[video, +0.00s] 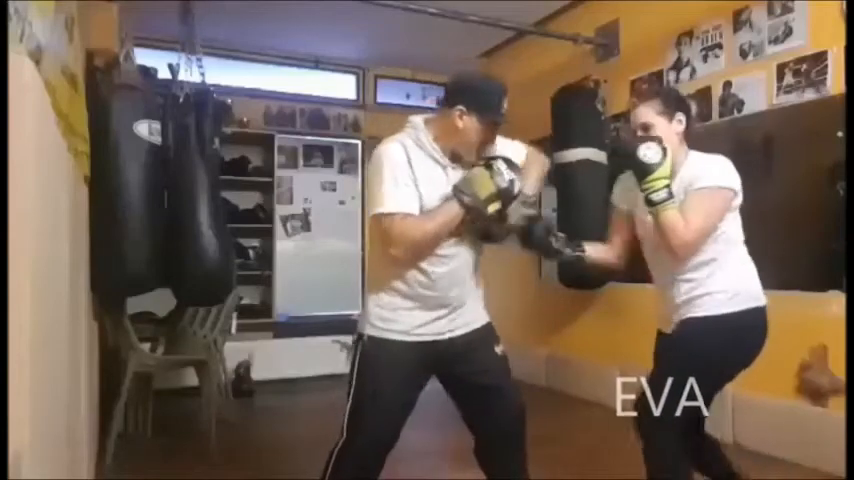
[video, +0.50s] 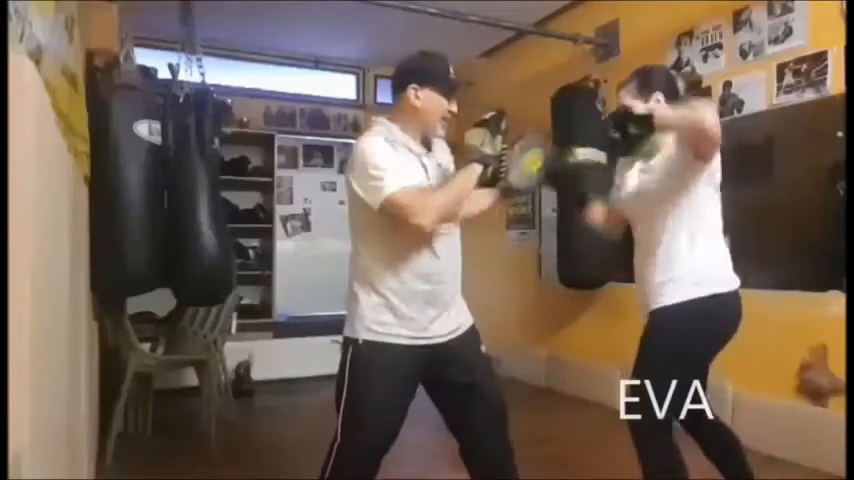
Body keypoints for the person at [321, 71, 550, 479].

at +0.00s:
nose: (494, 137)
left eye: (495, 127)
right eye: (489, 126)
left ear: (463, 118)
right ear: (460, 118)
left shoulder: (476, 149)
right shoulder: (393, 154)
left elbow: (534, 158)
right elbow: (401, 246)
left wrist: (522, 201)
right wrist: (466, 200)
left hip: (465, 323)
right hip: (396, 330)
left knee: (505, 425)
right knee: (364, 447)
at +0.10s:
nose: (472, 127)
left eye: (475, 117)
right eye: (468, 115)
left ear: (442, 110)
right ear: (439, 108)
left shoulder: (461, 150)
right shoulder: (379, 152)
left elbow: (513, 163)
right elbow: (395, 242)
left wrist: (494, 208)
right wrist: (458, 195)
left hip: (458, 321)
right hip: (391, 329)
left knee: (501, 421)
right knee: (364, 448)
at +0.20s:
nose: (458, 120)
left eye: (460, 110)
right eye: (453, 107)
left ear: (430, 104)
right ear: (423, 101)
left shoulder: (443, 150)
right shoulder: (374, 152)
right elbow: (411, 231)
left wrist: (476, 205)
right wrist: (464, 187)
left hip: (451, 323)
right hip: (387, 331)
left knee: (495, 426)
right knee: (361, 449)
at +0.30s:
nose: (453, 114)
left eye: (454, 103)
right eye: (447, 101)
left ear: (418, 100)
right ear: (415, 98)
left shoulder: (432, 150)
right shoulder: (374, 152)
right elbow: (445, 214)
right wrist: (496, 177)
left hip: (448, 323)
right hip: (387, 333)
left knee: (488, 425)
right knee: (362, 451)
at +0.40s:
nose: (452, 109)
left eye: (452, 99)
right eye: (444, 96)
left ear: (416, 98)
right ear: (412, 96)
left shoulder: (431, 152)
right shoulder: (373, 150)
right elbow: (438, 211)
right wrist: (488, 161)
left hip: (449, 326)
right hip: (386, 335)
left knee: (487, 427)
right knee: (363, 450)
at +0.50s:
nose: (453, 108)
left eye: (453, 98)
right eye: (446, 96)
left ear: (417, 97)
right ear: (414, 94)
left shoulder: (438, 149)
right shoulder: (371, 149)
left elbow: (457, 209)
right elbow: (420, 214)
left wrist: (504, 183)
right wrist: (476, 165)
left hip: (449, 327)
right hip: (382, 333)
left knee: (488, 429)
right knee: (359, 450)